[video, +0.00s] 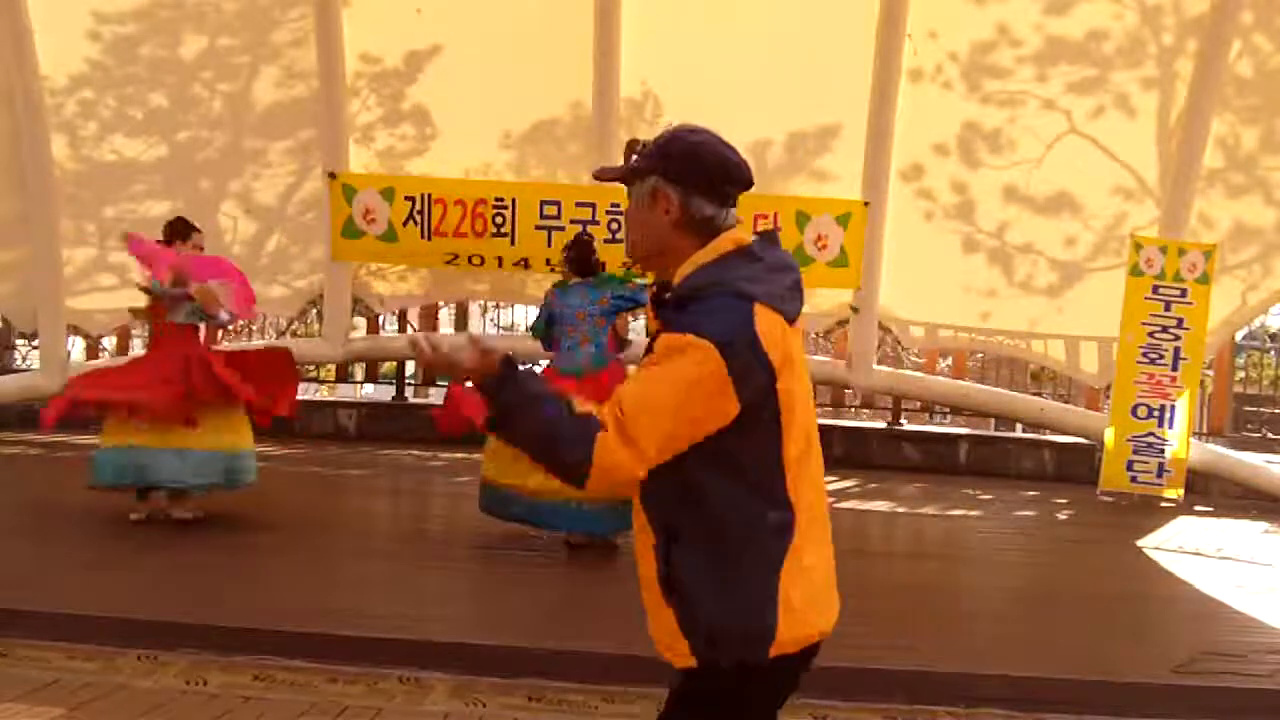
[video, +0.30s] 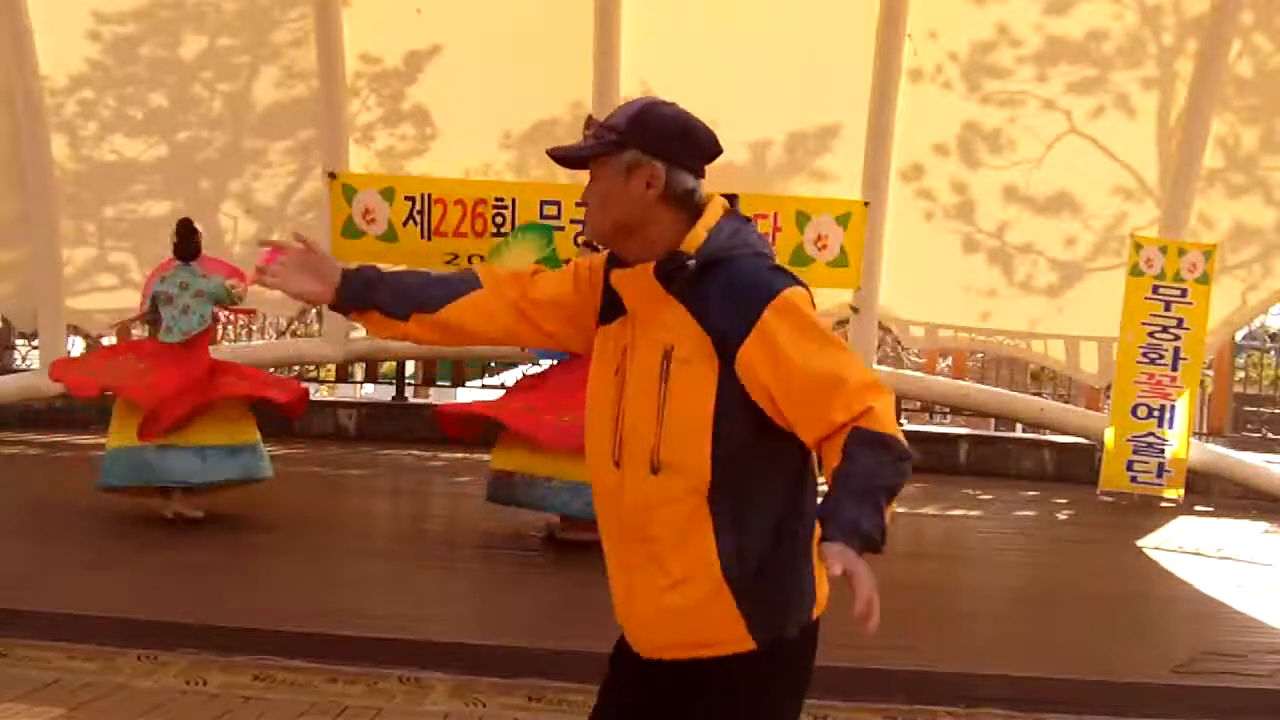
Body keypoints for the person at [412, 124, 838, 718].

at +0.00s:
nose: (624, 221)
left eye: (629, 201)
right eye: (625, 203)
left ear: (666, 206)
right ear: (674, 206)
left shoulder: (720, 322)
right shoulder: (729, 294)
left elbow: (606, 460)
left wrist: (496, 377)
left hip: (746, 627)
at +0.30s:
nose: (580, 193)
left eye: (594, 175)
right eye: (584, 177)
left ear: (648, 180)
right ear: (640, 182)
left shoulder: (745, 288)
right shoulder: (611, 279)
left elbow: (864, 415)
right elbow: (488, 303)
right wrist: (340, 286)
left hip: (743, 640)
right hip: (654, 629)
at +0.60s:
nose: (583, 183)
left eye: (604, 163)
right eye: (583, 164)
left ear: (667, 173)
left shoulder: (745, 298)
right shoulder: (565, 275)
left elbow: (809, 424)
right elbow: (499, 281)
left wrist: (862, 514)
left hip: (696, 633)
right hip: (570, 631)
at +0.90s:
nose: (686, 190)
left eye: (708, 170)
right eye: (665, 170)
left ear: (747, 182)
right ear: (639, 182)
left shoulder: (769, 297)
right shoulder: (614, 268)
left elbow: (786, 454)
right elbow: (707, 291)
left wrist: (873, 510)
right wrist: (838, 270)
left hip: (707, 643)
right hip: (599, 643)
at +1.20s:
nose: (847, 192)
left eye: (848, 175)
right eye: (826, 172)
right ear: (757, 181)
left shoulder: (705, 265)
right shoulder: (757, 274)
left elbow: (689, 431)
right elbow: (909, 336)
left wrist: (774, 518)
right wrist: (900, 284)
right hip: (683, 637)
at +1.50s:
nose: (931, 205)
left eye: (933, 186)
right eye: (928, 185)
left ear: (827, 180)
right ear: (894, 185)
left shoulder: (735, 277)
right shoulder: (884, 270)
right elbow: (1024, 296)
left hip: (681, 626)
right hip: (791, 638)